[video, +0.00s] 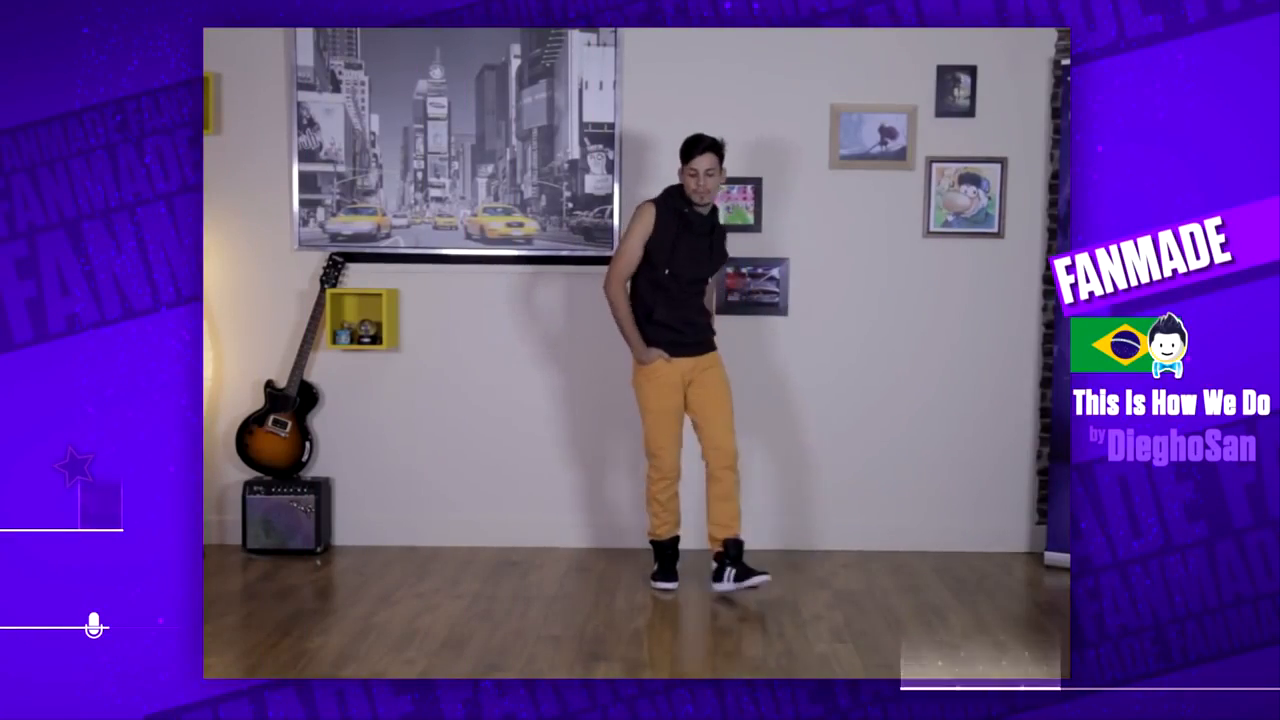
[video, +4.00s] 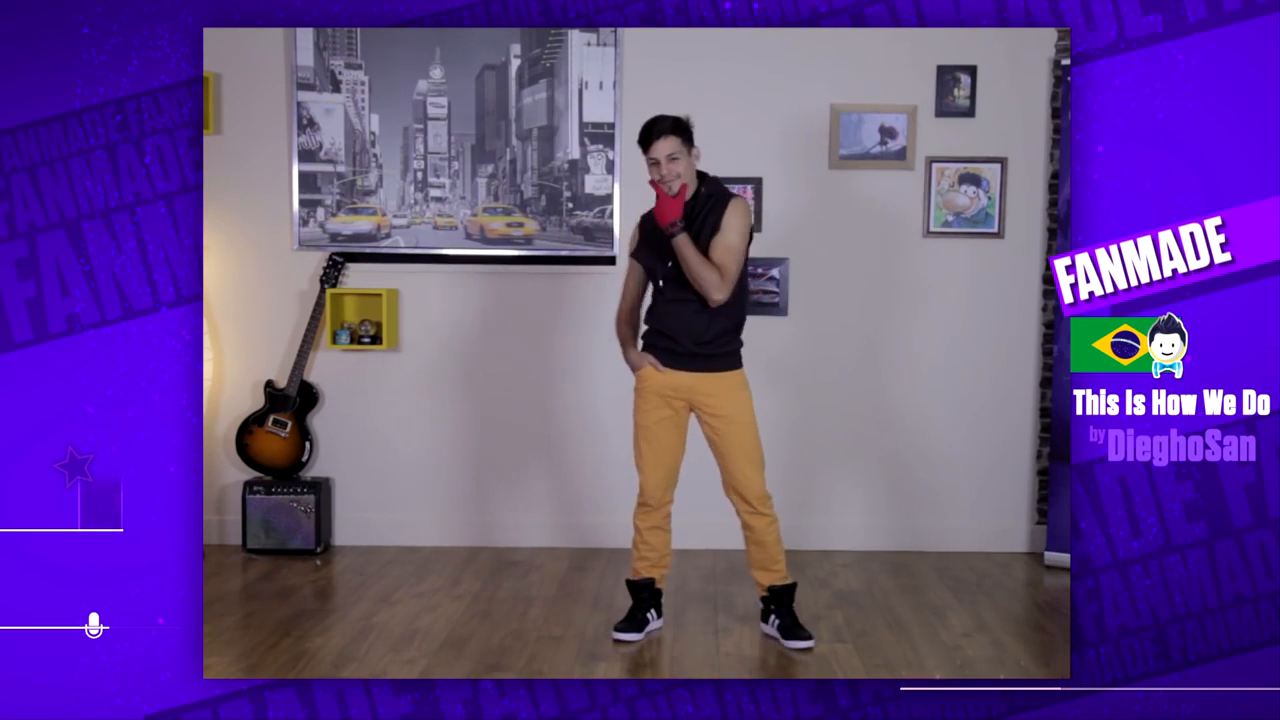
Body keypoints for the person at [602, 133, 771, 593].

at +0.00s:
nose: (702, 182)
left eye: (711, 174)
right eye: (694, 173)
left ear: (722, 177)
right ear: (681, 173)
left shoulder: (715, 224)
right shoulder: (652, 214)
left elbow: (709, 286)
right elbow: (614, 283)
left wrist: (707, 332)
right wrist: (640, 350)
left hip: (704, 358)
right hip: (659, 362)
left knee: (723, 457)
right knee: (665, 464)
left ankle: (727, 562)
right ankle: (665, 558)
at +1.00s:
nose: (689, 173)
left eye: (700, 164)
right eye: (682, 163)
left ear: (716, 167)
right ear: (671, 167)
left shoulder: (743, 211)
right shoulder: (676, 228)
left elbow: (748, 288)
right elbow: (676, 296)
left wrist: (719, 357)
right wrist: (673, 342)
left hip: (749, 359)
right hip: (700, 358)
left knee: (737, 473)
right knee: (689, 464)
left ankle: (733, 576)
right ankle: (692, 544)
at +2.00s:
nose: (752, 166)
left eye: (764, 158)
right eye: (746, 155)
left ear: (783, 168)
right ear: (737, 159)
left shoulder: (783, 231)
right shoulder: (704, 204)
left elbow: (793, 305)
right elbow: (656, 276)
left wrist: (808, 375)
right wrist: (684, 347)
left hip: (754, 371)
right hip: (700, 366)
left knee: (741, 481)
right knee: (686, 478)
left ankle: (731, 587)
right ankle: (672, 592)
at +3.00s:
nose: (769, 161)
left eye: (779, 152)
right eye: (760, 151)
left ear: (790, 157)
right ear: (741, 152)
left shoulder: (799, 215)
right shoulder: (712, 210)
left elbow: (784, 281)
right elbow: (696, 287)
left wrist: (760, 212)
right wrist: (684, 347)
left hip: (767, 384)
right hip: (704, 379)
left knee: (784, 498)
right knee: (678, 497)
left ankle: (801, 606)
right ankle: (670, 605)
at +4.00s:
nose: (665, 171)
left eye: (672, 159)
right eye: (655, 164)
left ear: (693, 155)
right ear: (648, 169)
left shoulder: (732, 210)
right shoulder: (648, 228)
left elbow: (718, 289)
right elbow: (628, 309)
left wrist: (675, 227)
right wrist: (633, 354)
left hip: (722, 377)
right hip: (660, 374)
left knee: (752, 494)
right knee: (652, 494)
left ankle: (778, 605)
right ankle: (645, 602)